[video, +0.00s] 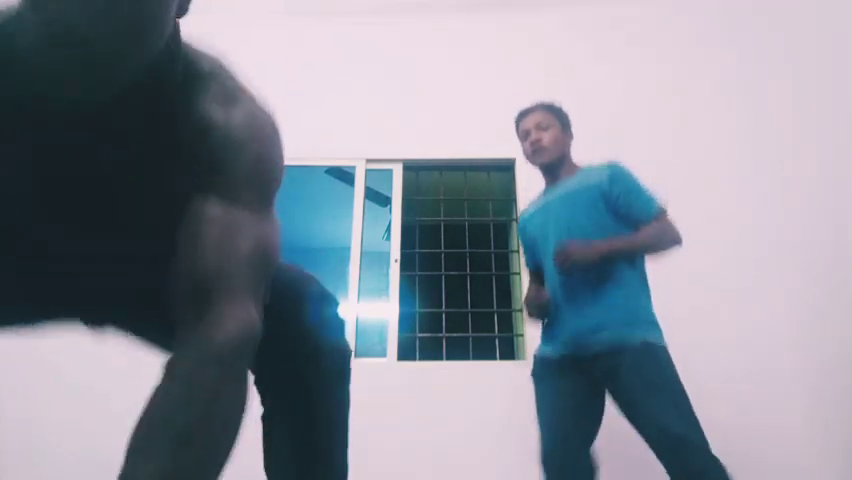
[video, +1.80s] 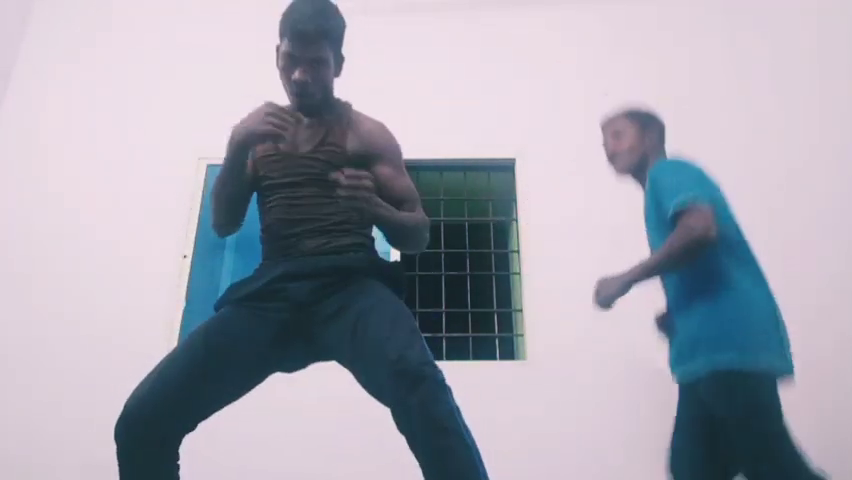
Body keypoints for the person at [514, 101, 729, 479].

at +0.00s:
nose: (533, 139)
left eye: (543, 129)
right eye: (525, 136)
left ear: (567, 135)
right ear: (522, 149)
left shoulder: (609, 178)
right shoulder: (528, 219)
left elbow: (667, 233)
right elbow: (537, 281)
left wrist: (597, 249)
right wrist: (534, 301)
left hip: (630, 344)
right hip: (561, 356)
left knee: (689, 459)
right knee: (561, 466)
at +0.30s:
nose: (552, 103)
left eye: (561, 92)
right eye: (544, 99)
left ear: (585, 96)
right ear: (541, 113)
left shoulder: (624, 134)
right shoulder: (548, 177)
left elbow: (686, 192)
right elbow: (560, 246)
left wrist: (620, 204)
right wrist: (547, 253)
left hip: (633, 302)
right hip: (571, 315)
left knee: (667, 426)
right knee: (573, 439)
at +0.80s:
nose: (554, 112)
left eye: (564, 100)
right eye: (546, 107)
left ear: (590, 106)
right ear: (543, 120)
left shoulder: (628, 145)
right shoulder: (567, 189)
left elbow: (676, 204)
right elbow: (600, 262)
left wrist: (590, 240)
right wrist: (570, 280)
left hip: (649, 312)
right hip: (594, 323)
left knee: (669, 423)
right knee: (588, 437)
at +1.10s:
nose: (576, 113)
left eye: (583, 101)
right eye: (566, 108)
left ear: (606, 103)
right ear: (563, 120)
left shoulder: (644, 136)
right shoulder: (584, 186)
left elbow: (711, 185)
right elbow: (621, 244)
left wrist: (636, 222)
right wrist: (597, 268)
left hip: (686, 302)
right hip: (631, 321)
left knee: (730, 422)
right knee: (649, 449)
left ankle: (762, 474)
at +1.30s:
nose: (621, 127)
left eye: (630, 116)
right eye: (612, 122)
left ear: (655, 118)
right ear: (608, 134)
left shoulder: (698, 155)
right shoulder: (633, 203)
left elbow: (756, 207)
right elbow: (664, 262)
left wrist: (675, 256)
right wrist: (641, 286)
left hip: (739, 339)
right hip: (681, 346)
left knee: (793, 453)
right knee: (662, 461)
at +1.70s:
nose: (604, 120)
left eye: (612, 108)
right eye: (600, 113)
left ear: (645, 110)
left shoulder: (670, 143)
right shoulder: (658, 167)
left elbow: (711, 195)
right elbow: (719, 242)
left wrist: (642, 258)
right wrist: (679, 280)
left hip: (727, 316)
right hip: (698, 323)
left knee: (773, 431)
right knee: (701, 444)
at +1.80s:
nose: (609, 147)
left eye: (617, 135)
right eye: (605, 141)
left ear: (650, 136)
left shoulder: (670, 172)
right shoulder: (663, 189)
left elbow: (699, 225)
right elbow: (721, 274)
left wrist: (625, 279)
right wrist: (680, 313)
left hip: (727, 350)